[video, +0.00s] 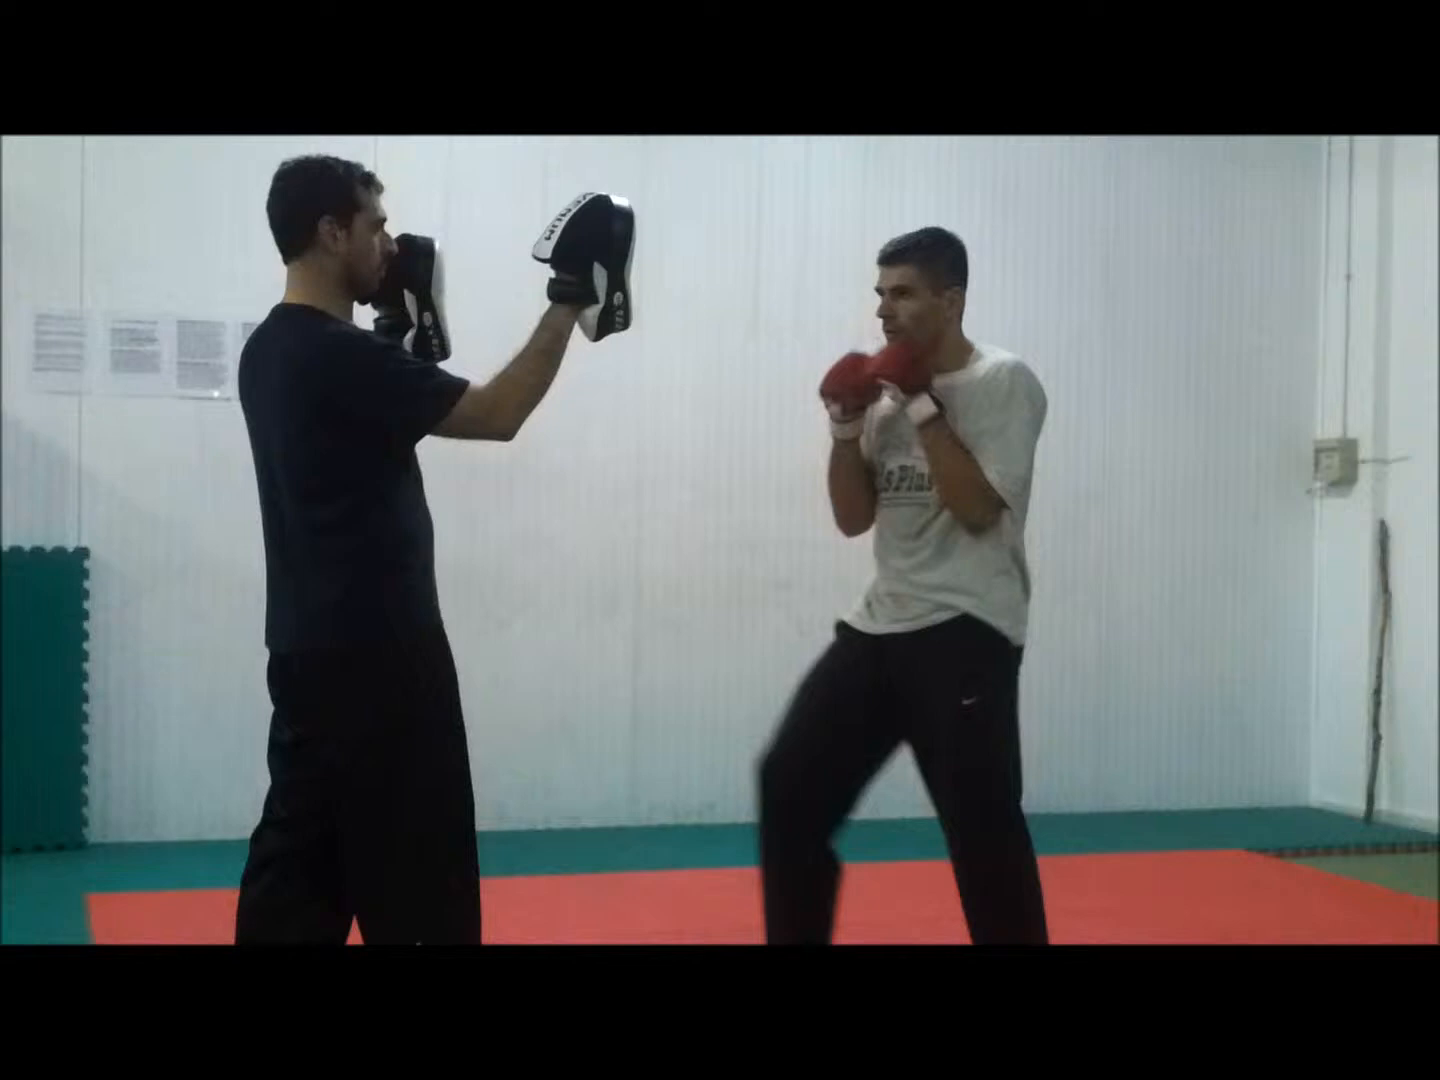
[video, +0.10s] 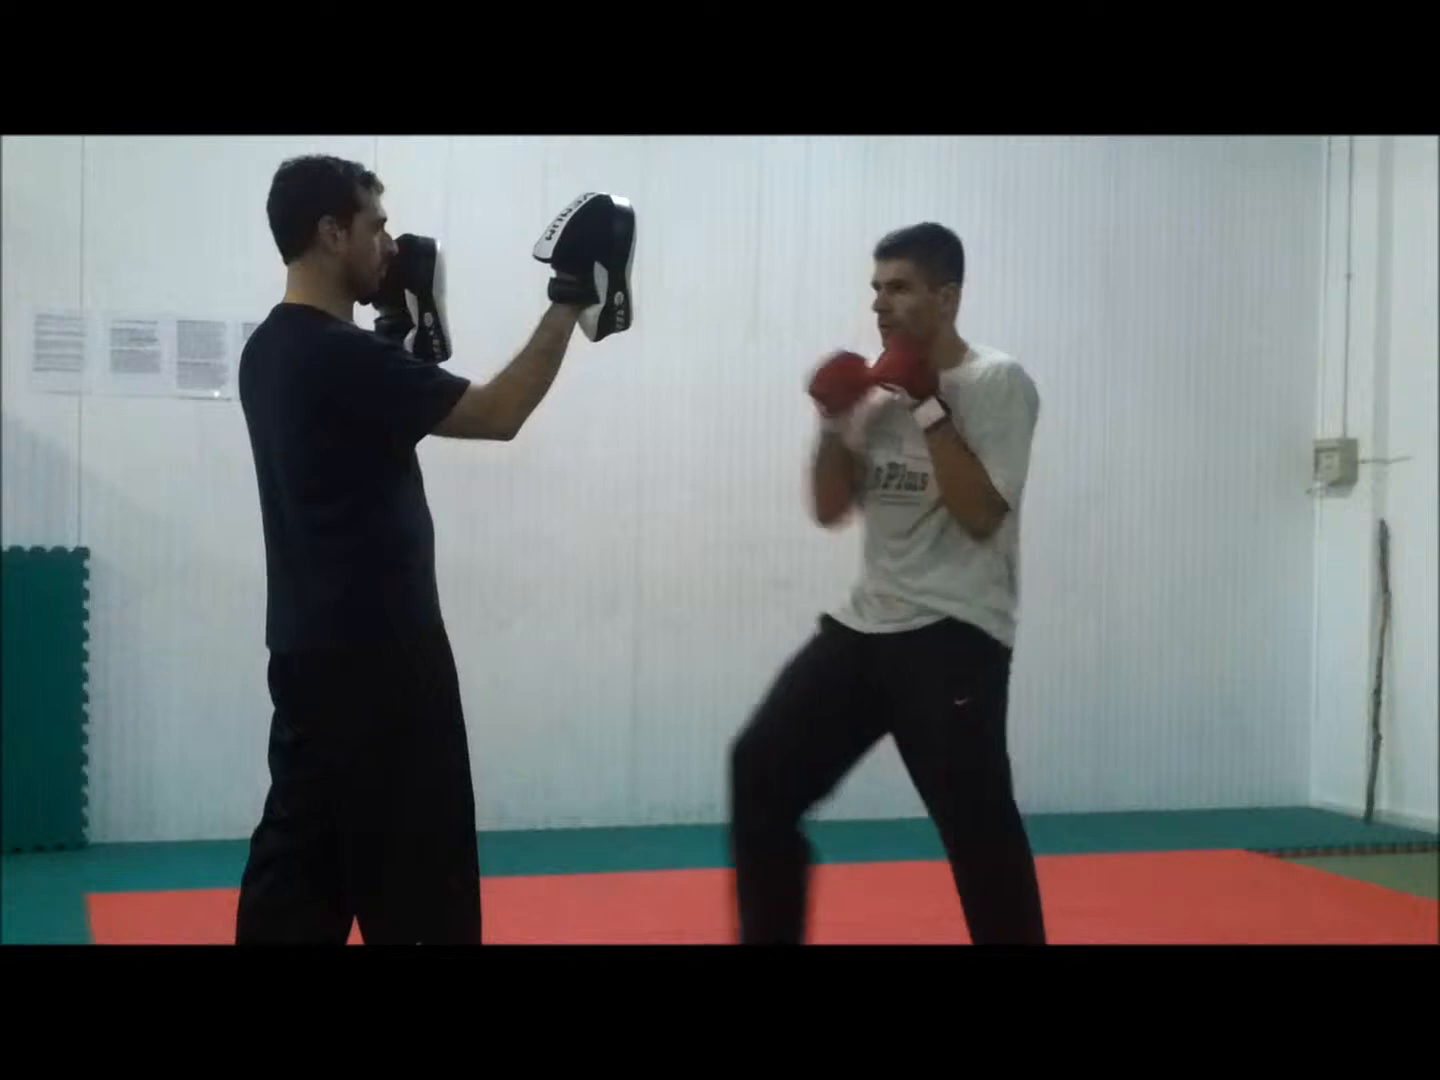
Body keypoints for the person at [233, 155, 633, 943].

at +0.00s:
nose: (387, 242)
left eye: (385, 226)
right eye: (377, 225)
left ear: (306, 237)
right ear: (332, 232)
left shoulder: (266, 349)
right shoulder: (340, 353)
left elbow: (373, 427)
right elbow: (495, 413)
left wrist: (400, 323)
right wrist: (567, 302)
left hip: (306, 645)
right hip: (385, 648)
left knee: (298, 860)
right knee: (421, 862)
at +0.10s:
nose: (387, 243)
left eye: (385, 226)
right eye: (377, 225)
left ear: (307, 236)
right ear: (332, 231)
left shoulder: (267, 349)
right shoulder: (339, 353)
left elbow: (371, 429)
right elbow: (496, 413)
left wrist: (398, 324)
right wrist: (567, 302)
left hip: (308, 645)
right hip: (386, 648)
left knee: (300, 859)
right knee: (422, 862)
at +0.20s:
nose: (387, 243)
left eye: (384, 226)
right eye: (377, 226)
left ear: (307, 236)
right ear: (331, 231)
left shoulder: (267, 349)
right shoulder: (338, 353)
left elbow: (375, 430)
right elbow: (496, 412)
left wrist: (400, 324)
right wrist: (566, 302)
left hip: (308, 643)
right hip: (385, 645)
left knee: (300, 854)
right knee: (422, 858)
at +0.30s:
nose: (386, 244)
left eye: (383, 226)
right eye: (375, 226)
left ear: (304, 237)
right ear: (329, 232)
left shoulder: (268, 349)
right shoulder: (338, 353)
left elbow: (373, 430)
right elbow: (495, 406)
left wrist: (403, 324)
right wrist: (570, 300)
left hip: (308, 642)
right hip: (384, 644)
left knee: (301, 851)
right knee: (422, 854)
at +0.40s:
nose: (371, 242)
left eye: (367, 226)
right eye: (360, 226)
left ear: (297, 240)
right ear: (316, 236)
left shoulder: (261, 350)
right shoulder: (317, 352)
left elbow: (362, 433)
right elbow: (477, 401)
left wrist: (394, 325)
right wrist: (526, 286)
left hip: (310, 644)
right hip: (378, 646)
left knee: (302, 853)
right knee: (423, 864)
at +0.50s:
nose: (361, 241)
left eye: (357, 224)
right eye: (348, 224)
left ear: (281, 239)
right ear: (301, 234)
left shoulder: (255, 351)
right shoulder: (310, 352)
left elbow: (352, 430)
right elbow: (470, 401)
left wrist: (393, 331)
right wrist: (528, 288)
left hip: (310, 646)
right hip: (375, 645)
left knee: (303, 856)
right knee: (423, 866)